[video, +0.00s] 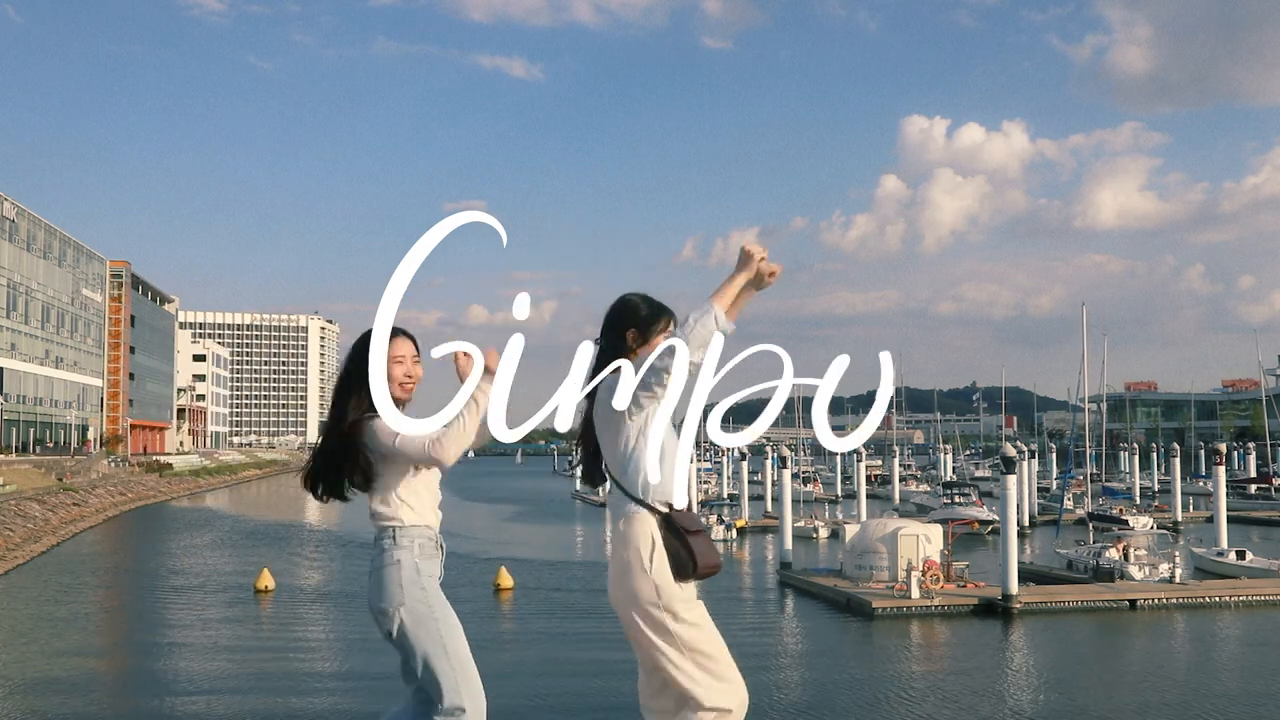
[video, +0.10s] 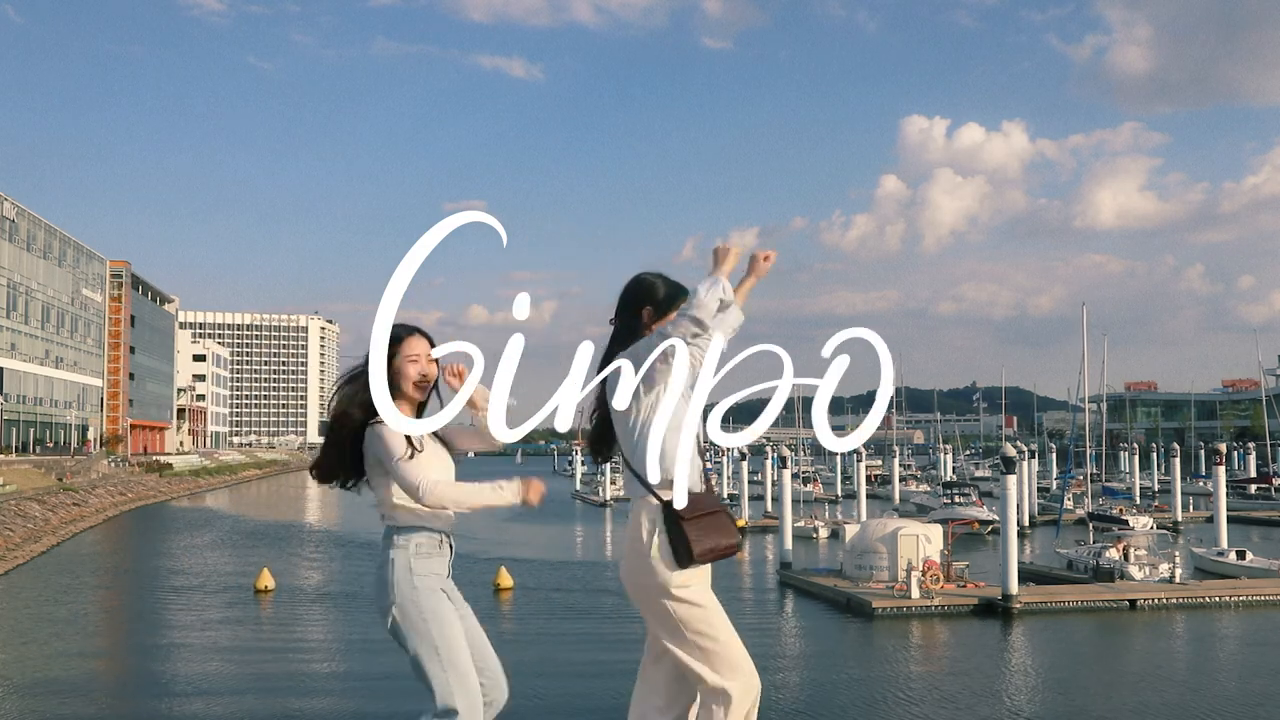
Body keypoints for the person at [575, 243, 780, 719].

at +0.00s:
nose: (673, 347)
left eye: (673, 336)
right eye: (665, 336)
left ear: (636, 341)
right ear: (633, 340)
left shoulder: (640, 392)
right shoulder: (621, 390)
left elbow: (699, 342)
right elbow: (684, 344)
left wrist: (750, 287)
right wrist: (740, 274)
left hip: (655, 549)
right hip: (643, 551)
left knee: (663, 697)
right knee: (723, 695)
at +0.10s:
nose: (684, 323)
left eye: (686, 314)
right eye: (678, 315)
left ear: (652, 315)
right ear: (649, 317)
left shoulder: (665, 366)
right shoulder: (634, 368)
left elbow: (710, 333)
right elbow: (681, 329)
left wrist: (751, 279)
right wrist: (719, 271)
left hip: (677, 532)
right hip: (656, 537)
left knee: (664, 682)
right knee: (737, 682)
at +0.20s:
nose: (699, 311)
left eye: (697, 301)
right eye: (691, 303)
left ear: (667, 313)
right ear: (667, 311)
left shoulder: (681, 357)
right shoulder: (661, 355)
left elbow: (722, 343)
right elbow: (712, 325)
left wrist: (728, 282)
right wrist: (702, 274)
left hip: (695, 524)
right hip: (677, 530)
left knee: (667, 686)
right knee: (743, 688)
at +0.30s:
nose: (721, 331)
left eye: (719, 320)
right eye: (713, 320)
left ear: (682, 327)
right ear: (684, 326)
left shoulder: (690, 376)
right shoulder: (680, 373)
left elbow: (744, 341)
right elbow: (744, 343)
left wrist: (711, 267)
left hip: (691, 546)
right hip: (700, 547)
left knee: (688, 687)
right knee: (760, 693)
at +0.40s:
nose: (736, 344)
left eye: (735, 335)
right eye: (729, 335)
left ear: (688, 342)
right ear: (699, 340)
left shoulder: (682, 397)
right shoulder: (701, 392)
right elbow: (761, 354)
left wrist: (748, 291)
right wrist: (765, 260)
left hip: (700, 561)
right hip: (723, 562)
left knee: (712, 704)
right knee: (783, 699)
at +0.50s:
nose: (747, 343)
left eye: (746, 333)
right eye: (739, 332)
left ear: (701, 340)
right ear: (709, 338)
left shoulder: (689, 397)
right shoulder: (710, 391)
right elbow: (766, 345)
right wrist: (804, 269)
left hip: (716, 557)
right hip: (735, 558)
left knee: (726, 700)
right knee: (795, 697)